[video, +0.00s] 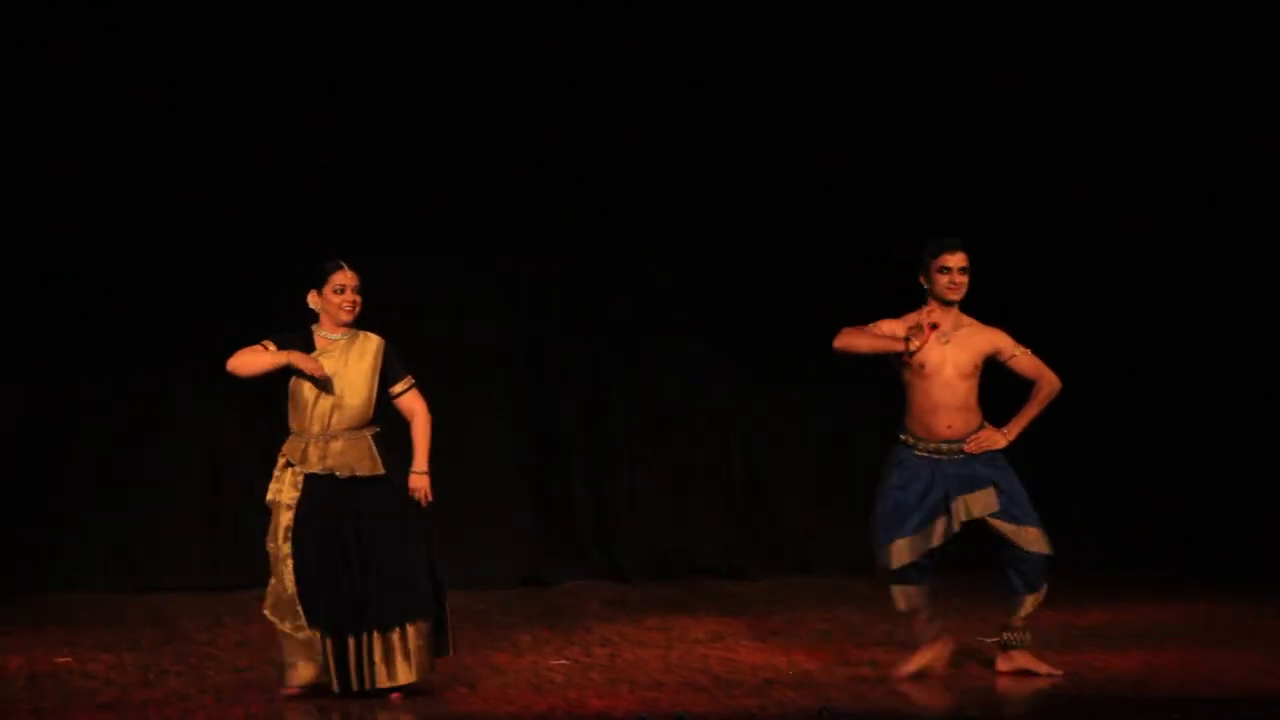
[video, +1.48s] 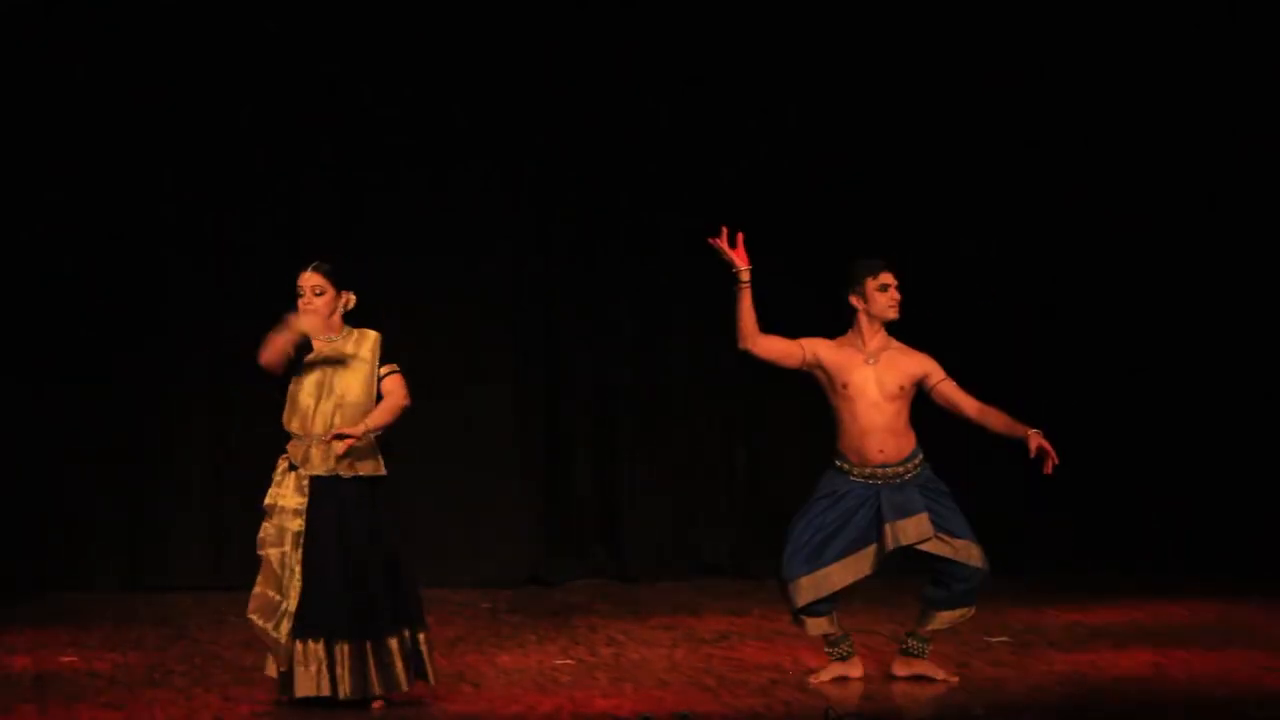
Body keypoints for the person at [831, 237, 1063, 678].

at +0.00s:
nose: (955, 279)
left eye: (962, 271)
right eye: (945, 271)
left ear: (969, 277)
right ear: (926, 277)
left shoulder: (985, 337)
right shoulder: (906, 327)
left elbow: (1049, 382)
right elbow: (843, 340)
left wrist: (1007, 432)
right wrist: (902, 342)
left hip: (976, 454)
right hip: (916, 455)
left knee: (1031, 545)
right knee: (899, 552)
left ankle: (1014, 648)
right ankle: (931, 640)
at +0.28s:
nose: (916, 283)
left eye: (926, 276)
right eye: (908, 274)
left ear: (939, 284)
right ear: (898, 279)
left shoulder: (963, 339)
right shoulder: (879, 332)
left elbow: (1021, 390)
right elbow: (811, 343)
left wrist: (979, 441)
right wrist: (872, 344)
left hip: (942, 459)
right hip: (888, 456)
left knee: (947, 554)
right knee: (888, 553)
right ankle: (920, 653)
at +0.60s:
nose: (911, 282)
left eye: (920, 274)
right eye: (902, 273)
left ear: (932, 281)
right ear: (890, 278)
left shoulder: (958, 334)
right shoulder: (876, 333)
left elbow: (1015, 384)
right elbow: (810, 348)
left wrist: (978, 436)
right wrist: (871, 340)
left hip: (943, 455)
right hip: (888, 452)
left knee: (976, 550)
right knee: (866, 549)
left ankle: (898, 605)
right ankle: (876, 654)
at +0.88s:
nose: (941, 277)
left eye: (947, 269)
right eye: (931, 269)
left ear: (955, 276)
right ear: (912, 277)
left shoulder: (978, 327)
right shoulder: (903, 332)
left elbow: (1046, 348)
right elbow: (850, 364)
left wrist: (1019, 397)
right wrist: (909, 367)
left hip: (976, 449)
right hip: (922, 450)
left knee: (1004, 546)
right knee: (890, 539)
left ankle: (965, 649)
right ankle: (912, 624)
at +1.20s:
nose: (895, 297)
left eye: (896, 290)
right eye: (885, 290)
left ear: (896, 299)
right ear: (857, 299)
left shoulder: (915, 360)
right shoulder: (824, 352)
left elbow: (975, 407)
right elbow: (751, 339)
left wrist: (1026, 431)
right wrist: (743, 276)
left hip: (911, 478)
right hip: (849, 481)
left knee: (965, 564)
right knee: (800, 566)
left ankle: (913, 655)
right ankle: (843, 659)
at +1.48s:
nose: (896, 295)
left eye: (896, 288)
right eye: (885, 289)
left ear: (894, 299)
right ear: (857, 300)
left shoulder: (914, 361)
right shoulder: (824, 353)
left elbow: (973, 409)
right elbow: (751, 341)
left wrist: (1026, 433)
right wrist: (743, 278)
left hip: (912, 479)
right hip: (849, 481)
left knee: (965, 564)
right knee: (800, 564)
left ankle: (913, 655)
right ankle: (843, 659)